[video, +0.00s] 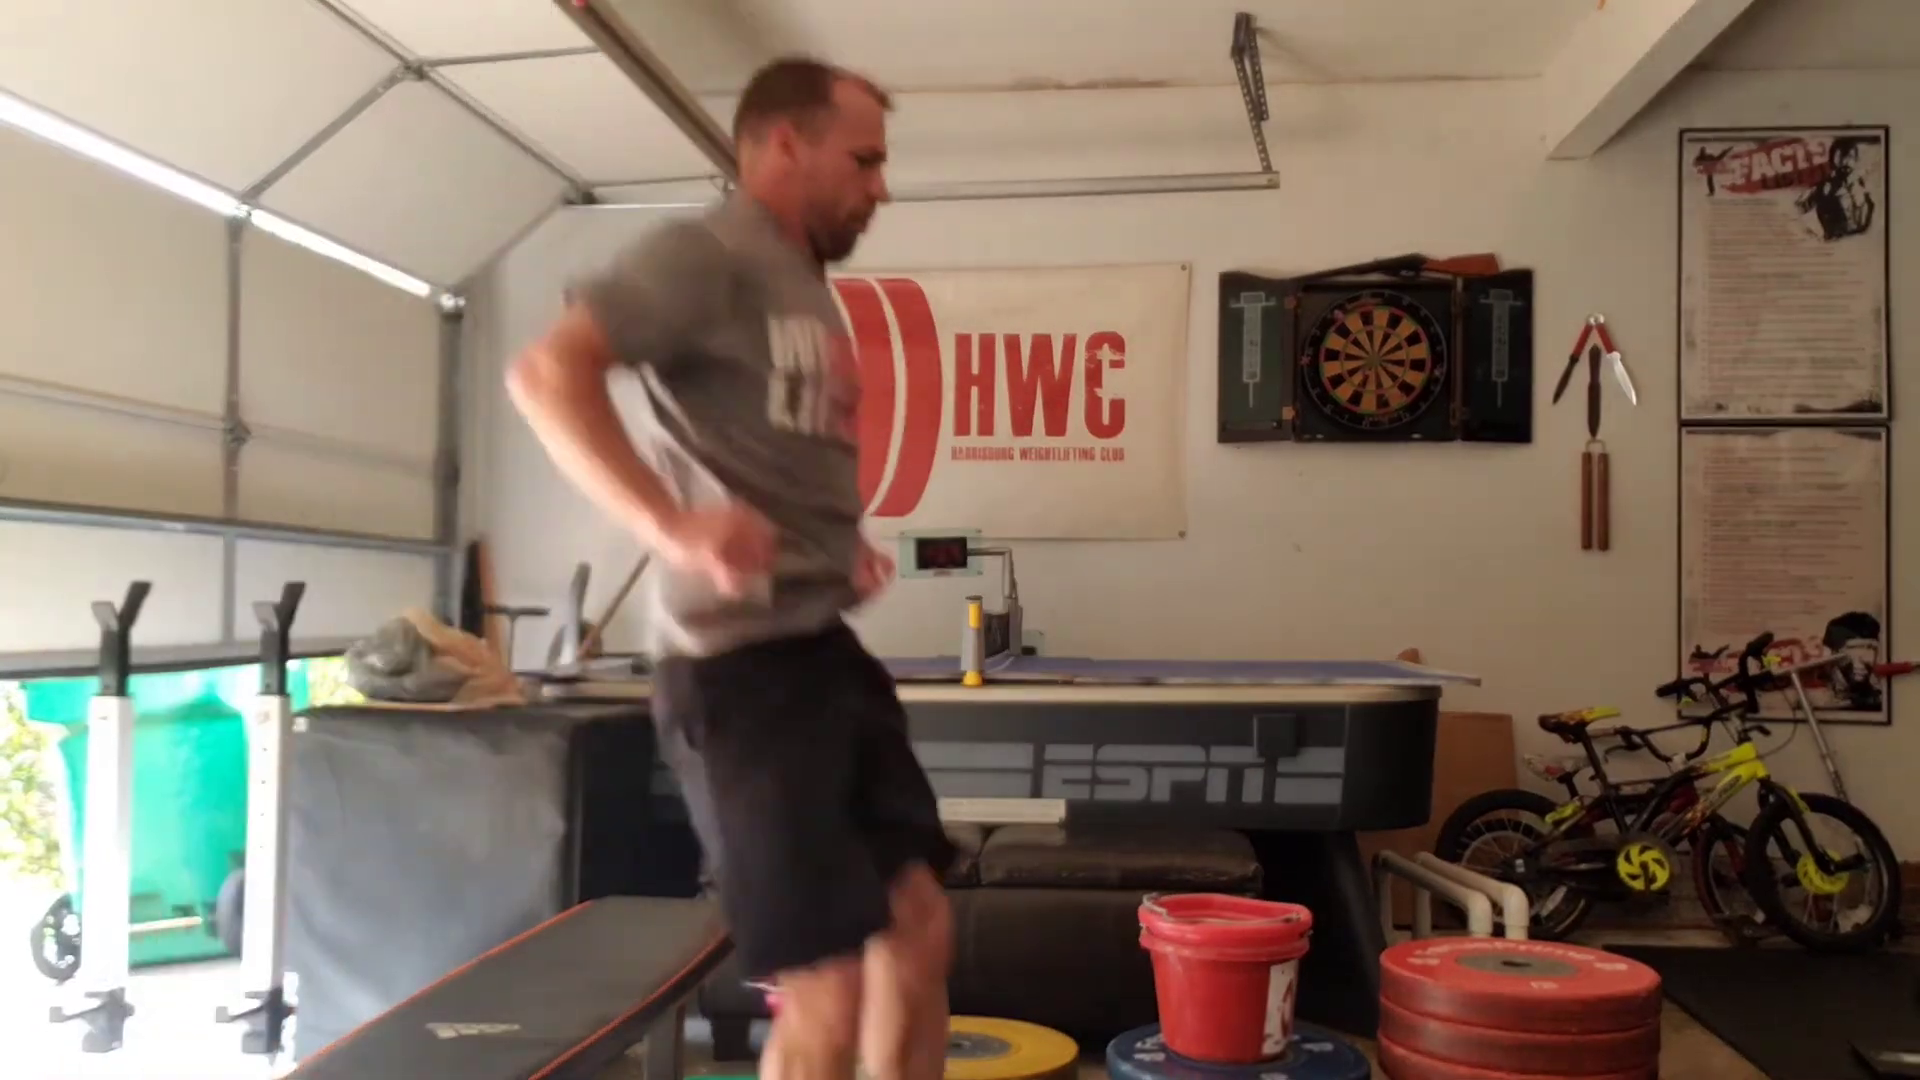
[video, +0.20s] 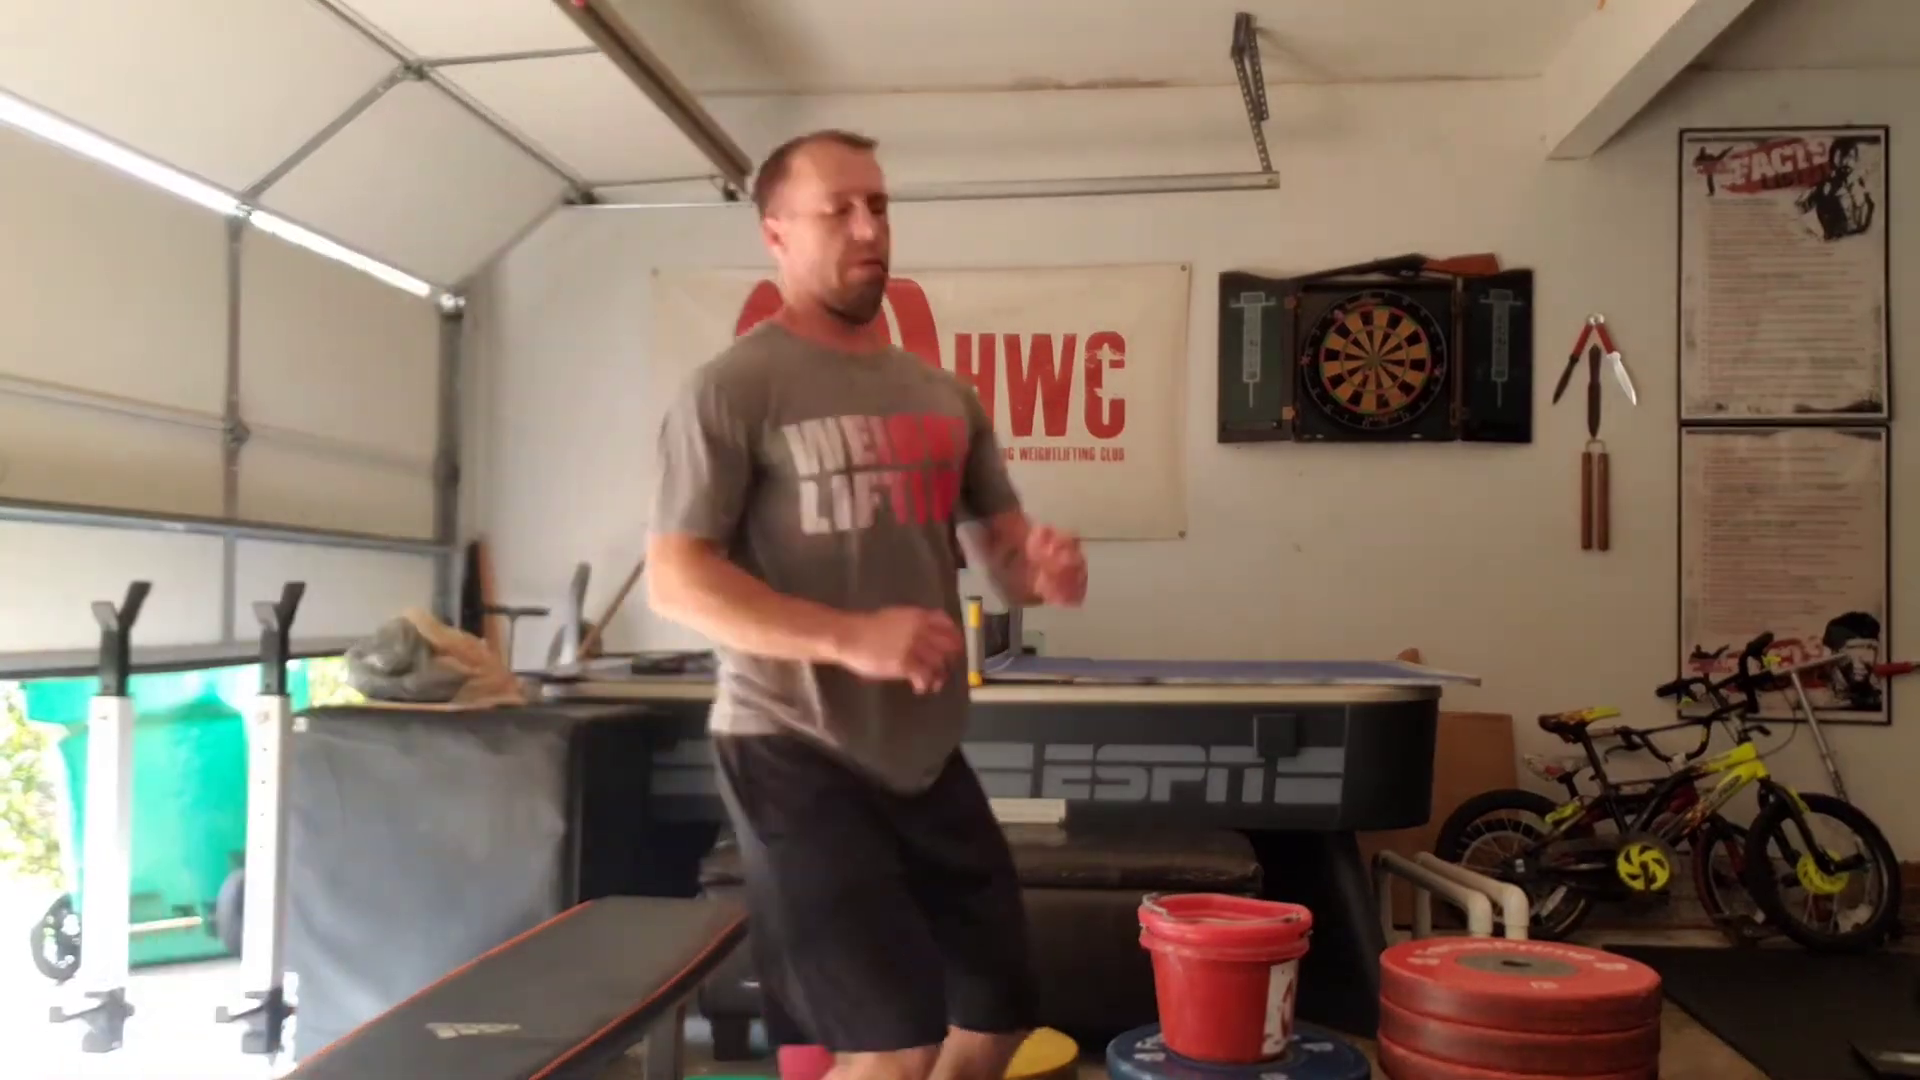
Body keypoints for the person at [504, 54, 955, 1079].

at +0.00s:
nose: (881, 190)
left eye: (882, 165)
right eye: (867, 161)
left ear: (794, 152)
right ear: (785, 146)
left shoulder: (799, 279)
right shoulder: (705, 253)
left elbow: (735, 440)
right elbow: (546, 371)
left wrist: (832, 537)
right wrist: (671, 523)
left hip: (825, 655)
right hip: (736, 672)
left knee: (918, 922)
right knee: (822, 986)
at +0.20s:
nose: (870, 230)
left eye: (879, 208)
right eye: (839, 212)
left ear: (892, 223)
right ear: (777, 239)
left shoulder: (943, 396)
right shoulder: (729, 392)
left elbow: (999, 542)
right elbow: (675, 575)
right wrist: (848, 634)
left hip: (926, 750)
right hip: (793, 752)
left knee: (991, 1019)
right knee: (889, 1039)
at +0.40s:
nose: (797, 174)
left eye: (820, 148)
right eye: (785, 157)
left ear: (897, 151)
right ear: (777, 174)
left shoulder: (1014, 309)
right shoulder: (762, 345)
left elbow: (1110, 476)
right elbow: (737, 509)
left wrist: (1018, 477)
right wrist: (751, 578)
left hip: (977, 708)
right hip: (819, 717)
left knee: (988, 996)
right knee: (829, 1006)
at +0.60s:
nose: (818, 193)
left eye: (833, 164)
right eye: (816, 169)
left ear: (907, 157)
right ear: (893, 164)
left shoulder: (1006, 311)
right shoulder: (879, 337)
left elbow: (1090, 507)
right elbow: (867, 521)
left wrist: (917, 605)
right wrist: (786, 614)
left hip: (1003, 733)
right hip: (886, 734)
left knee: (1038, 1041)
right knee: (866, 1014)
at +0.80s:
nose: (830, 203)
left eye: (839, 172)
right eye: (827, 178)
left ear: (907, 157)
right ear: (914, 163)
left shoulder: (974, 295)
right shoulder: (930, 306)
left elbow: (990, 501)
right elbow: (944, 528)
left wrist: (799, 602)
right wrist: (837, 643)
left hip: (1019, 712)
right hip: (958, 706)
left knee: (1033, 1037)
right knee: (912, 961)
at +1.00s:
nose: (775, 220)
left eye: (781, 189)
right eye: (771, 195)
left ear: (848, 174)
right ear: (858, 178)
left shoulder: (904, 291)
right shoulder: (924, 285)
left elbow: (988, 429)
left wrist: (924, 641)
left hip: (1009, 706)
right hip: (1017, 699)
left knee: (1002, 1033)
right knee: (1009, 1027)